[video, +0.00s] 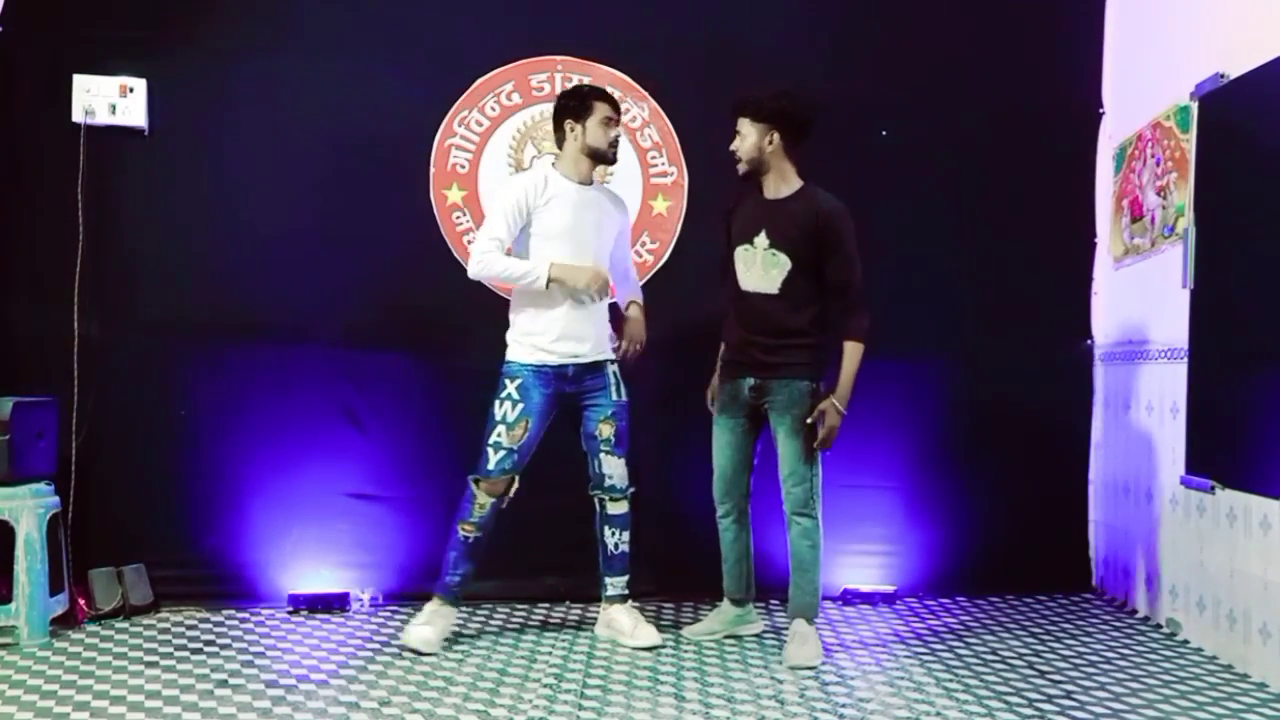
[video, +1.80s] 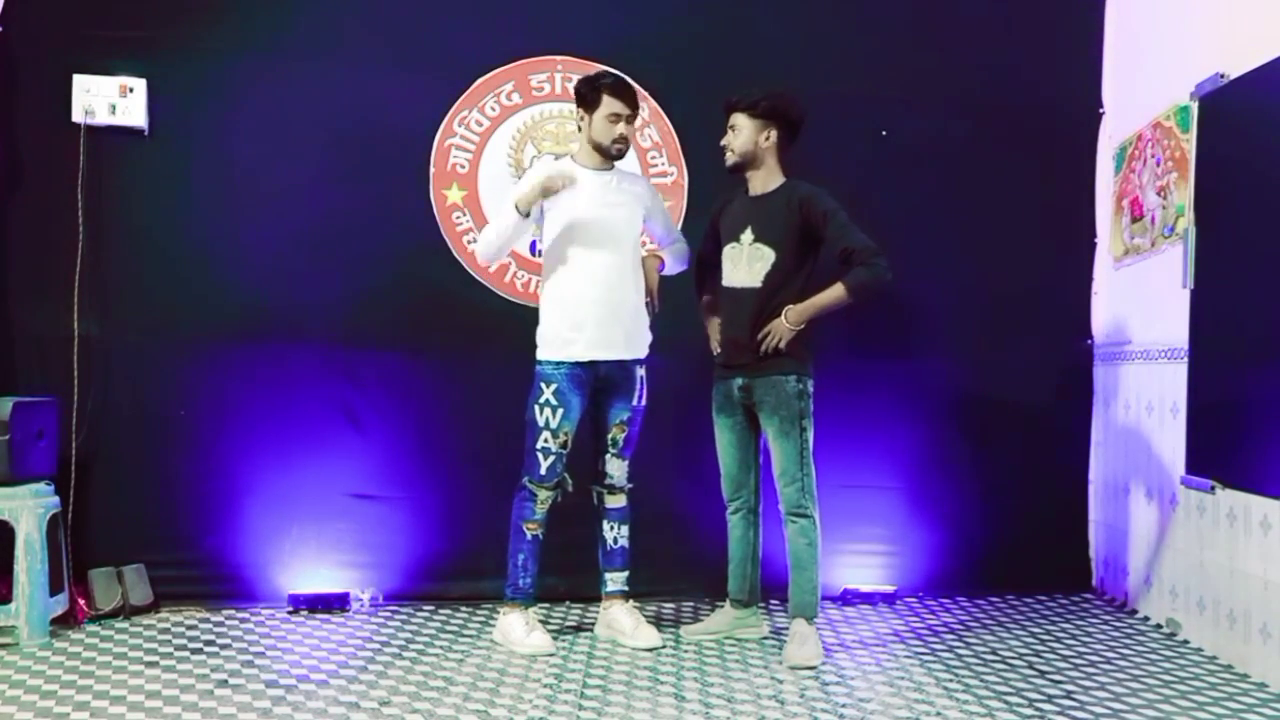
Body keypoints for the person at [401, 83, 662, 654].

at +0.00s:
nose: (617, 133)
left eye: (618, 125)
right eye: (607, 123)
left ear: (591, 133)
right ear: (571, 128)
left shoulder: (614, 207)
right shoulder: (525, 188)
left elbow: (624, 272)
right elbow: (483, 262)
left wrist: (634, 308)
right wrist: (556, 273)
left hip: (598, 362)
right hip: (532, 360)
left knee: (613, 481)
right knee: (493, 479)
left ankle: (616, 605)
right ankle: (445, 603)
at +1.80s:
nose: (624, 131)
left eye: (630, 123)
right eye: (614, 119)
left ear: (632, 127)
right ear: (583, 116)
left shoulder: (638, 185)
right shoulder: (548, 176)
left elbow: (678, 253)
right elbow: (489, 249)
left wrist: (657, 262)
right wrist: (530, 195)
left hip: (628, 351)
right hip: (564, 350)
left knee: (617, 481)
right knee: (544, 480)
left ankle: (616, 605)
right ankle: (516, 611)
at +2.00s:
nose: (598, 145)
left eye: (606, 133)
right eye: (587, 134)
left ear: (620, 127)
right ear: (566, 128)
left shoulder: (642, 187)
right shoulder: (550, 179)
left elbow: (685, 251)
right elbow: (497, 180)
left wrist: (666, 259)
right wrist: (533, 125)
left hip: (626, 351)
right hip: (562, 349)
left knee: (617, 480)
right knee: (543, 478)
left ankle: (615, 604)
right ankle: (516, 610)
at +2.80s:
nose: (584, 145)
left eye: (593, 135)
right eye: (575, 135)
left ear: (612, 131)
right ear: (561, 130)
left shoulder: (637, 191)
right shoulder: (547, 182)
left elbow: (686, 253)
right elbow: (491, 153)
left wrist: (665, 257)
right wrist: (542, 114)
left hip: (621, 355)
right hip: (556, 352)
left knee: (614, 479)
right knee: (540, 479)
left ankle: (616, 604)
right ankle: (516, 610)